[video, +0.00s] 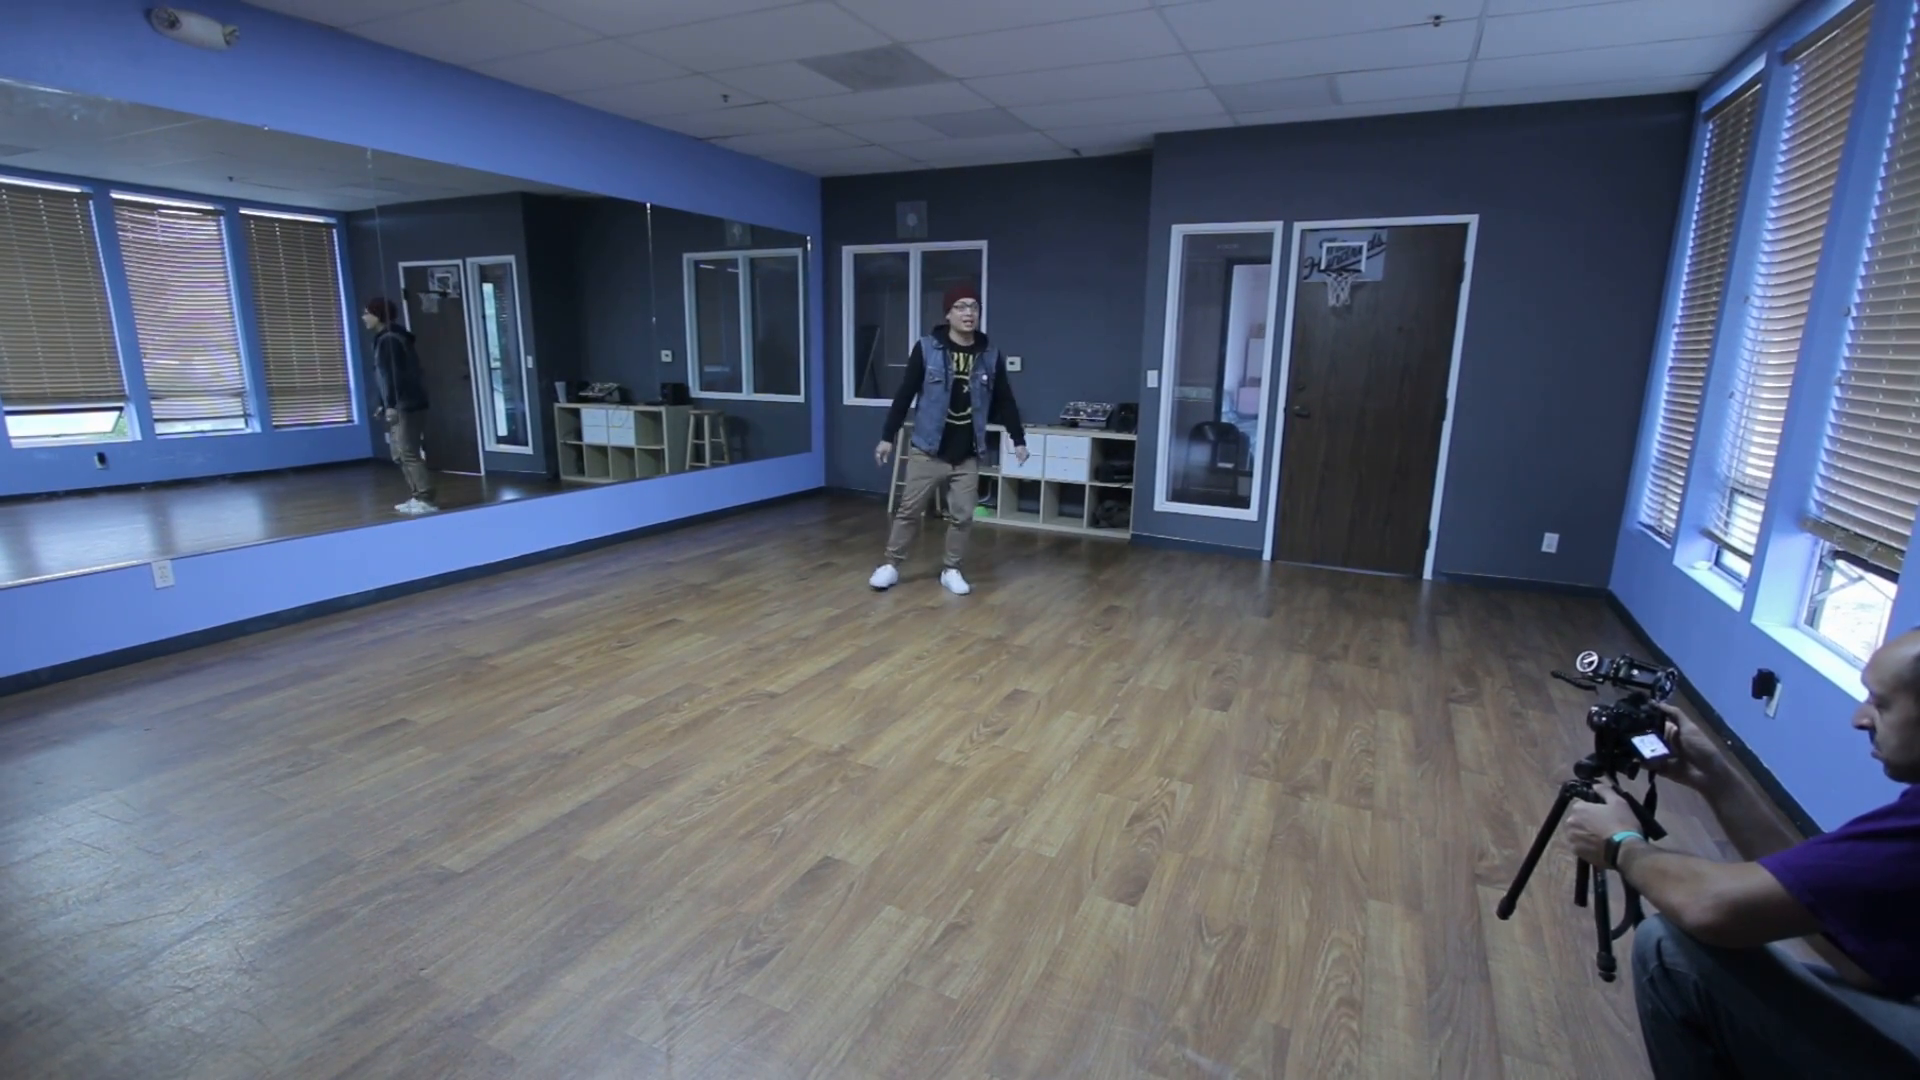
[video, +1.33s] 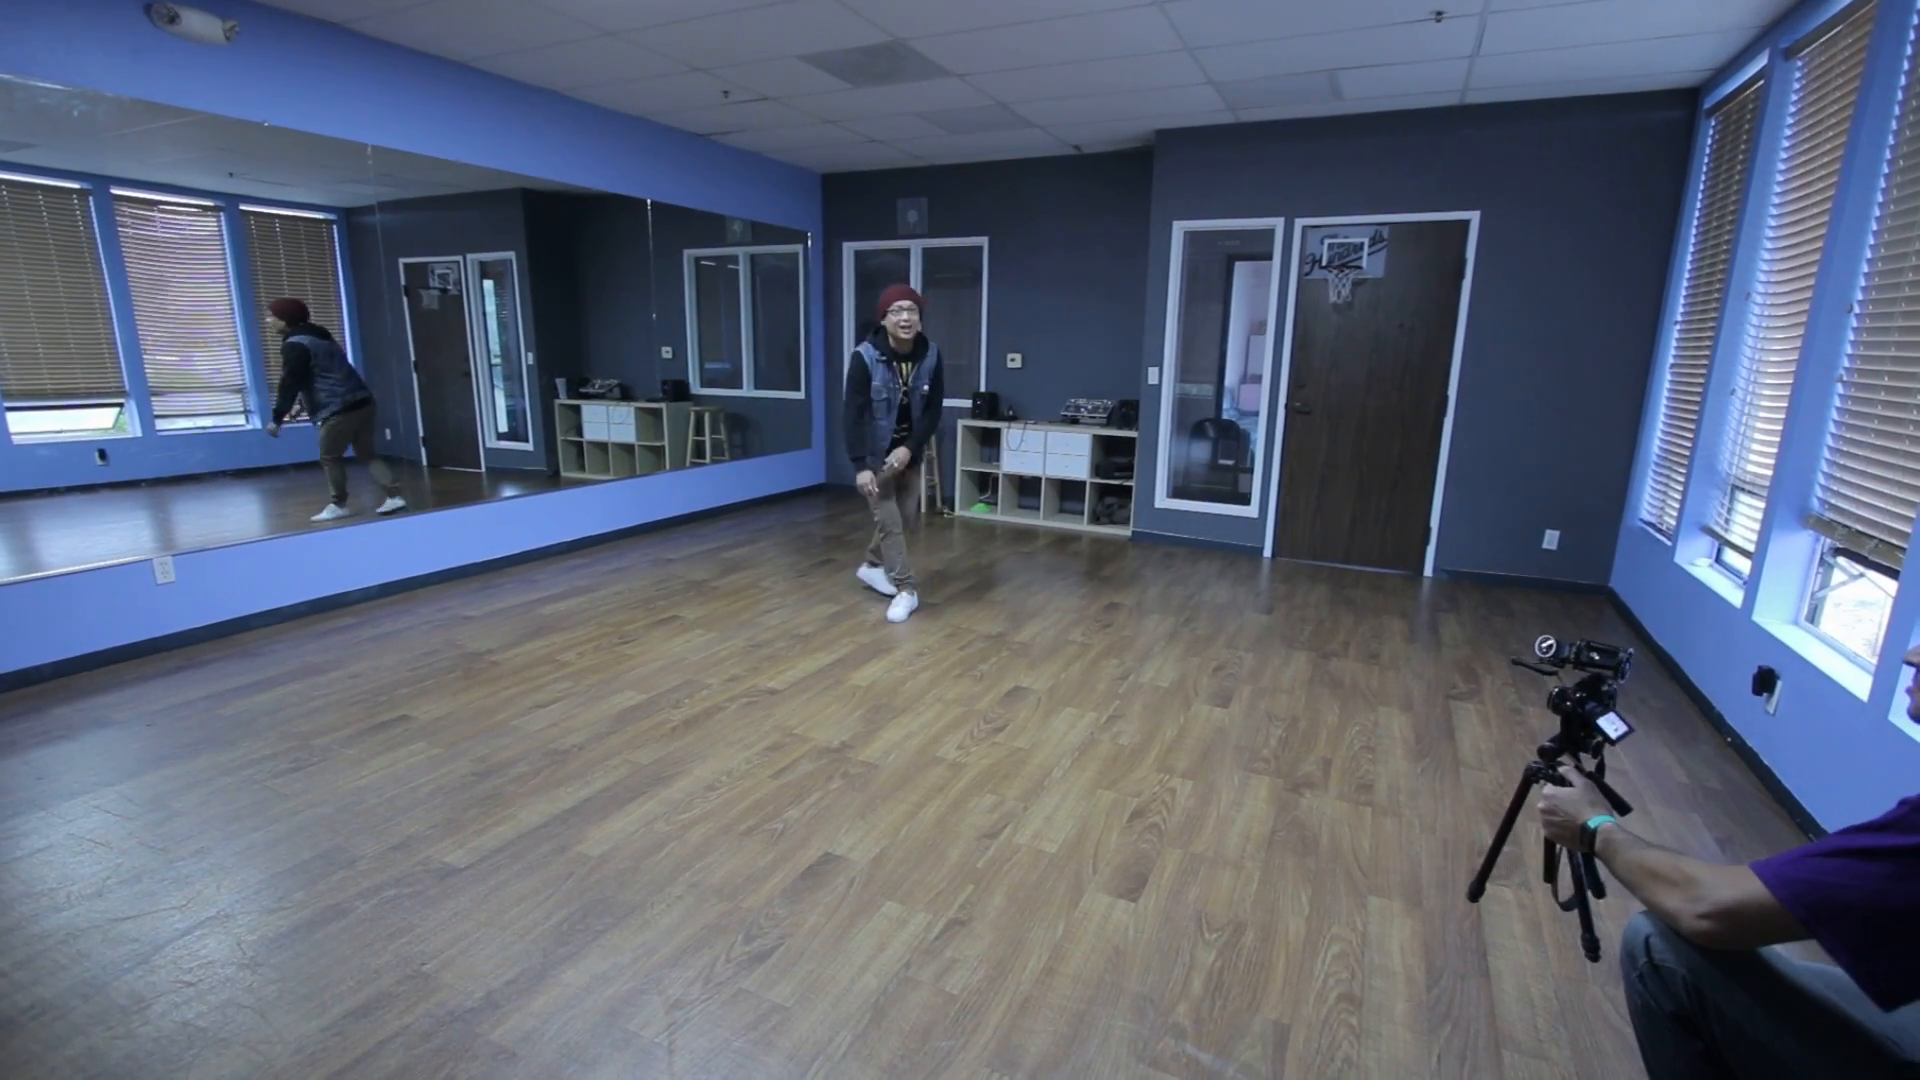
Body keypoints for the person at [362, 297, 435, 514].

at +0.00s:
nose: (364, 319)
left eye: (367, 314)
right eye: (364, 314)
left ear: (380, 316)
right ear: (379, 317)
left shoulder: (391, 339)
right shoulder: (383, 339)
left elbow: (392, 374)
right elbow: (386, 376)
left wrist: (391, 404)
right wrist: (383, 404)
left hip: (406, 403)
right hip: (397, 404)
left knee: (408, 451)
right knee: (400, 453)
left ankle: (425, 497)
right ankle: (417, 496)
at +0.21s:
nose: (355, 317)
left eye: (358, 312)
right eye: (355, 312)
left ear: (371, 314)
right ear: (370, 314)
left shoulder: (383, 337)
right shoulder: (377, 336)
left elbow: (392, 371)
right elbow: (383, 375)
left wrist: (397, 401)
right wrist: (380, 403)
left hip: (397, 404)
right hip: (404, 403)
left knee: (392, 451)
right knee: (411, 452)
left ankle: (400, 497)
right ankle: (422, 497)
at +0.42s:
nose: (351, 320)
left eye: (354, 316)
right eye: (351, 316)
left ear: (363, 318)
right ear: (372, 317)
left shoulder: (373, 341)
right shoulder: (385, 336)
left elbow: (382, 378)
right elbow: (387, 377)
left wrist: (381, 411)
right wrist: (386, 406)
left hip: (388, 410)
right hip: (400, 408)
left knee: (370, 451)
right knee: (398, 452)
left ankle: (375, 500)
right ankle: (421, 496)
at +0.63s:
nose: (334, 321)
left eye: (337, 316)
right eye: (335, 316)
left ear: (349, 318)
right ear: (358, 318)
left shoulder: (355, 343)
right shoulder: (375, 336)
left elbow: (360, 382)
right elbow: (386, 376)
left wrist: (357, 415)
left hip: (370, 413)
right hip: (388, 409)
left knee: (359, 458)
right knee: (397, 454)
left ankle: (348, 505)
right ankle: (422, 497)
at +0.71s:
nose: (323, 321)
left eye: (327, 318)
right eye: (325, 317)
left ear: (339, 320)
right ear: (348, 319)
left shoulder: (345, 345)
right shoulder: (367, 337)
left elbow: (349, 384)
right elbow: (376, 376)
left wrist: (344, 418)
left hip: (366, 413)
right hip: (386, 408)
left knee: (352, 458)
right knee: (398, 455)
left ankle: (345, 507)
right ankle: (423, 498)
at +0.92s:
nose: (289, 329)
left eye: (292, 325)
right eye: (290, 325)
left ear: (303, 327)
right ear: (316, 325)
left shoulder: (310, 352)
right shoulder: (334, 342)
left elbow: (314, 391)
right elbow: (340, 382)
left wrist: (311, 424)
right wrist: (331, 414)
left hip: (354, 413)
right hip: (376, 407)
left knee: (331, 458)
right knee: (397, 454)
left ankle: (340, 507)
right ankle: (421, 496)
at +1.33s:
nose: (270, 321)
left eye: (274, 317)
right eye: (271, 317)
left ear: (287, 320)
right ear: (297, 318)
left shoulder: (294, 344)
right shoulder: (319, 334)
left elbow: (289, 384)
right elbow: (320, 375)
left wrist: (276, 419)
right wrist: (305, 403)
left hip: (337, 408)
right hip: (362, 401)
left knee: (330, 457)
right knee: (367, 453)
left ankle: (339, 505)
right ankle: (394, 496)